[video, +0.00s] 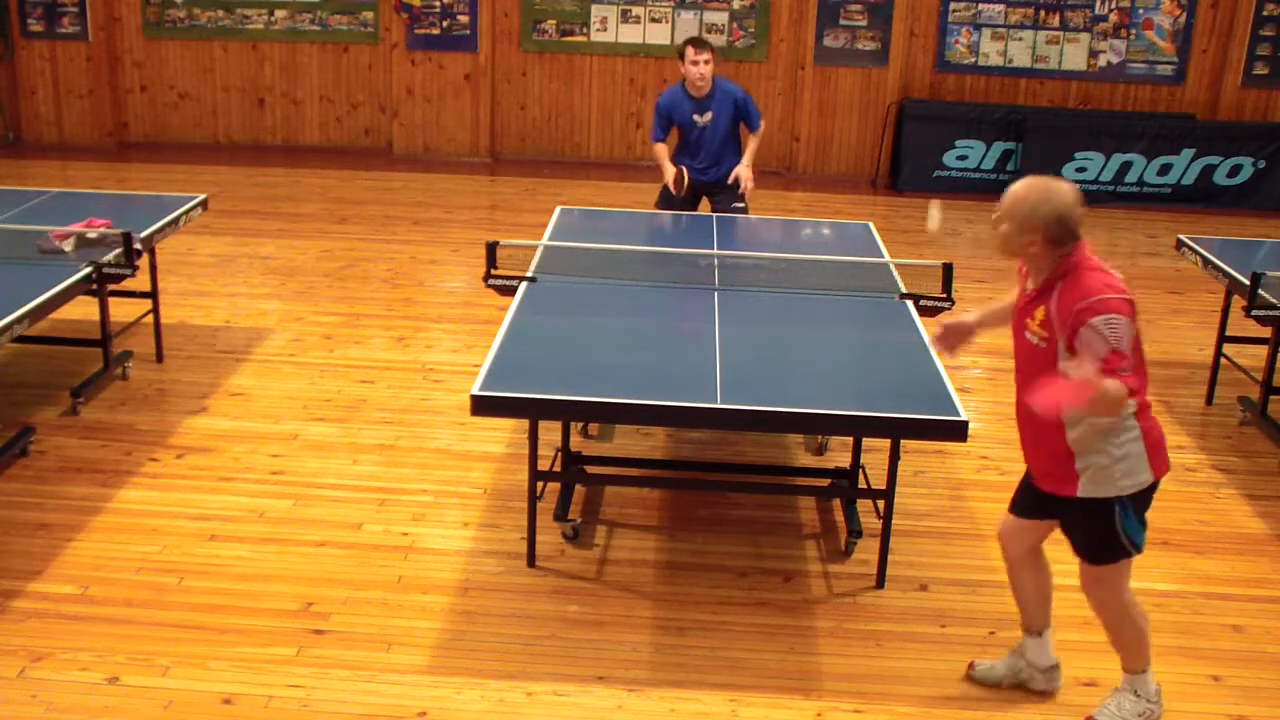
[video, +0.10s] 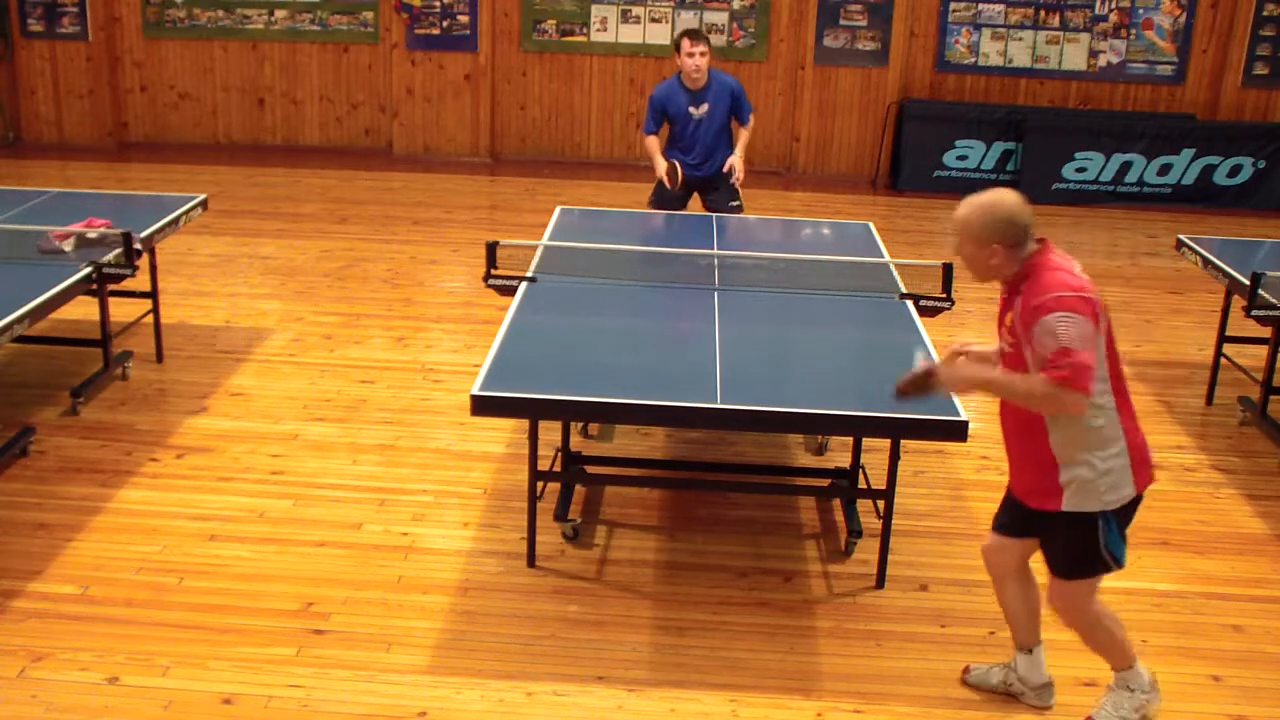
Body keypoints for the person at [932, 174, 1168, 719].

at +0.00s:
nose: (997, 225)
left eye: (1005, 222)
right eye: (1001, 217)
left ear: (1034, 244)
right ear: (1037, 242)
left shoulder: (1097, 298)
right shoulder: (1043, 266)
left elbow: (1119, 397)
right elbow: (1026, 307)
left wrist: (1084, 390)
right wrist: (972, 323)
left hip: (1109, 466)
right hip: (1059, 453)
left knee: (1106, 586)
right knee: (1016, 537)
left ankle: (1141, 691)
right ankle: (1037, 661)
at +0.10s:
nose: (959, 255)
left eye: (964, 247)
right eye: (959, 245)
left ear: (996, 253)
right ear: (1003, 247)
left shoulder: (1056, 297)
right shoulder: (1028, 277)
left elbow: (1070, 395)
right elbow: (1041, 357)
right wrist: (991, 357)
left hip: (1092, 477)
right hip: (1047, 464)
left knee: (1070, 599)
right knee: (1002, 552)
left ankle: (1136, 683)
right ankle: (1029, 672)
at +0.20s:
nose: (940, 251)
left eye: (941, 242)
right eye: (940, 241)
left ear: (960, 247)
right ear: (995, 234)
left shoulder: (1014, 308)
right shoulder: (1032, 273)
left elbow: (1016, 406)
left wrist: (942, 400)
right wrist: (975, 382)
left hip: (1064, 484)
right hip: (1032, 467)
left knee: (1008, 600)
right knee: (984, 559)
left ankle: (1101, 667)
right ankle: (1026, 672)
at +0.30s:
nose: (927, 238)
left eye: (928, 229)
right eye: (929, 229)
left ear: (939, 236)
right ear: (989, 227)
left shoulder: (981, 303)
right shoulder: (1026, 270)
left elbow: (954, 397)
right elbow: (1076, 332)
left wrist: (874, 359)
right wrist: (1013, 365)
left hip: (1023, 485)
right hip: (1058, 468)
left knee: (937, 588)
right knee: (982, 570)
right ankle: (1027, 671)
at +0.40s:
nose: (915, 230)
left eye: (916, 221)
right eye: (918, 221)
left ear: (925, 226)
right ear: (975, 220)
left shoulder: (949, 294)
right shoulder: (1015, 272)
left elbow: (893, 380)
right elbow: (1065, 333)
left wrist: (823, 327)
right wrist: (1004, 362)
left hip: (978, 481)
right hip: (1030, 470)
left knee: (883, 581)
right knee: (973, 566)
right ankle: (1026, 672)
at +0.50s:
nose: (896, 220)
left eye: (898, 212)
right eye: (897, 212)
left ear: (905, 217)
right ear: (962, 217)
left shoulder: (907, 290)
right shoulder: (1003, 282)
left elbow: (846, 371)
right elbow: (1045, 355)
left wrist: (776, 317)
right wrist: (980, 357)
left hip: (922, 484)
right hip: (993, 477)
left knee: (835, 587)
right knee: (960, 565)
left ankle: (822, 710)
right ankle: (1013, 674)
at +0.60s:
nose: (881, 217)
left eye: (883, 210)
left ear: (887, 215)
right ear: (947, 217)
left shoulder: (875, 283)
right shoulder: (983, 288)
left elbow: (812, 368)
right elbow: (1016, 370)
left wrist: (754, 333)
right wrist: (955, 351)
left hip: (877, 481)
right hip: (955, 483)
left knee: (796, 577)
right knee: (927, 573)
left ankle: (804, 707)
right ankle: (946, 696)